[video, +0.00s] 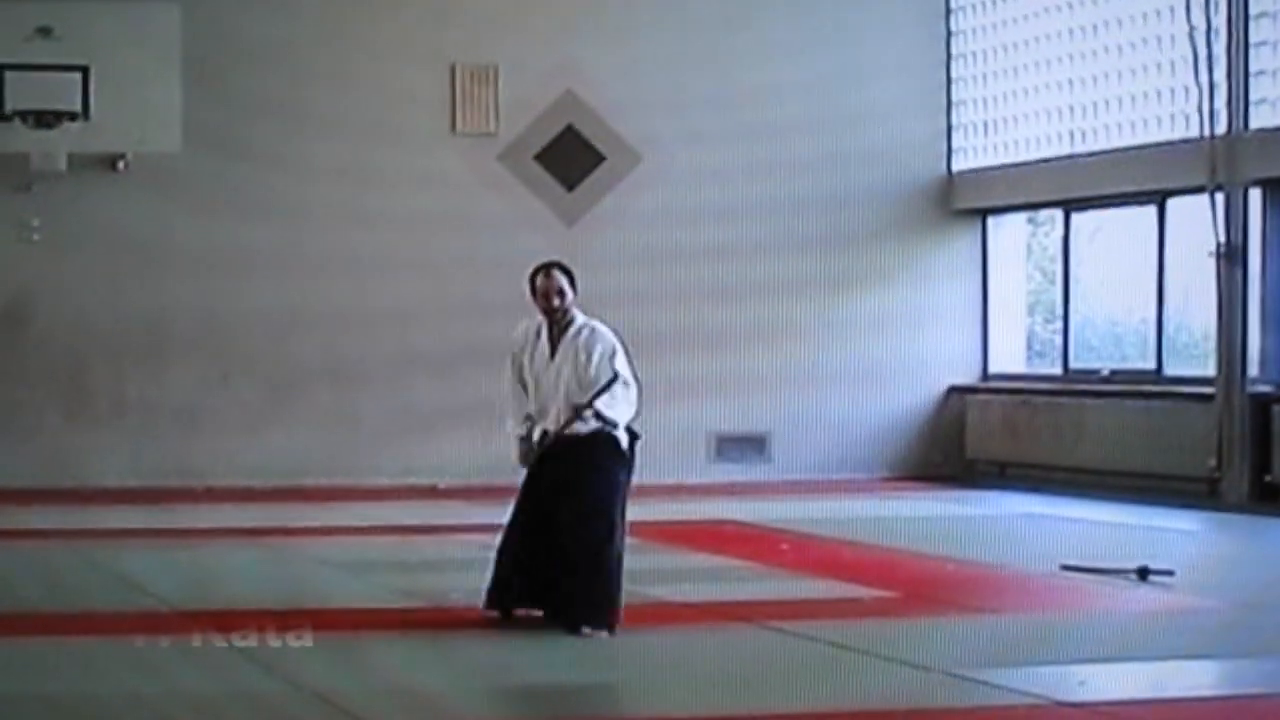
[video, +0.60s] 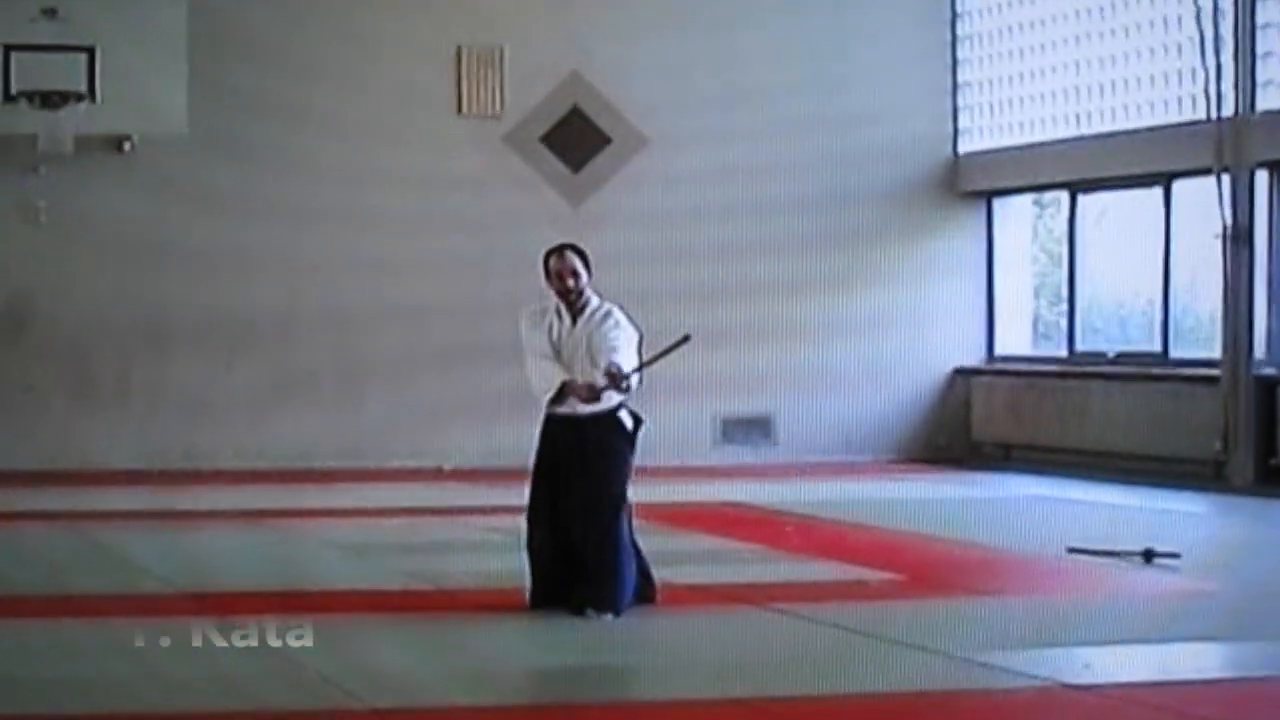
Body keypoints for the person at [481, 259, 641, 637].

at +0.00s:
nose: (553, 302)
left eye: (559, 293)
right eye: (545, 295)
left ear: (572, 294)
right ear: (535, 300)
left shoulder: (596, 337)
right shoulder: (525, 342)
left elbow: (622, 393)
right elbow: (519, 397)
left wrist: (585, 421)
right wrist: (524, 436)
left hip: (597, 442)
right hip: (551, 443)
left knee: (594, 526)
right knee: (533, 520)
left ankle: (596, 615)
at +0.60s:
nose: (568, 283)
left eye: (574, 274)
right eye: (559, 277)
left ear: (587, 276)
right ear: (549, 283)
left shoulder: (611, 321)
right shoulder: (539, 320)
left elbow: (624, 362)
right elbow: (537, 368)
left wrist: (619, 378)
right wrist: (570, 387)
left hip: (605, 423)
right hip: (560, 422)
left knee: (599, 511)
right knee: (548, 507)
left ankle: (604, 598)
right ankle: (553, 596)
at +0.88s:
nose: (543, 256)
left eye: (549, 247)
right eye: (533, 251)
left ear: (564, 249)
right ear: (526, 260)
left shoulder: (589, 292)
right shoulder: (518, 299)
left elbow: (612, 326)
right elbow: (526, 354)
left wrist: (628, 356)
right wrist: (572, 372)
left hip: (592, 398)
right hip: (543, 399)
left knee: (591, 488)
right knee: (512, 489)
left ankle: (602, 580)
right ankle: (542, 576)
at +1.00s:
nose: (522, 247)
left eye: (527, 238)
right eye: (513, 242)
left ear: (542, 242)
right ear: (505, 252)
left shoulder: (571, 288)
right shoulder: (496, 299)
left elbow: (599, 329)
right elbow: (504, 353)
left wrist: (619, 368)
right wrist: (546, 375)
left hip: (579, 394)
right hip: (525, 397)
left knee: (587, 481)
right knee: (492, 473)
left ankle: (599, 572)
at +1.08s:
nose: (510, 247)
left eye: (515, 238)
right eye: (501, 243)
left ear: (530, 241)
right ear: (493, 253)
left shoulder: (560, 288)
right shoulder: (485, 300)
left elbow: (590, 334)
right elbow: (486, 357)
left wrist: (609, 377)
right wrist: (527, 377)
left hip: (570, 396)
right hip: (514, 400)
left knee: (581, 485)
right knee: (481, 473)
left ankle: (596, 573)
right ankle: (452, 551)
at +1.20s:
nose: (483, 246)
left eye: (488, 237)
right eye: (474, 242)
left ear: (503, 239)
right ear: (466, 251)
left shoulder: (533, 289)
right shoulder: (459, 298)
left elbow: (557, 339)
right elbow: (443, 346)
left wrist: (568, 385)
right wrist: (472, 374)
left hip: (537, 396)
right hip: (484, 399)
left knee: (559, 484)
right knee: (445, 474)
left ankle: (589, 570)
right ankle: (430, 563)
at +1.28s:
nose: (470, 243)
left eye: (475, 234)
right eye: (460, 239)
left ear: (490, 236)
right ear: (453, 248)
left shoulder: (520, 286)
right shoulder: (446, 293)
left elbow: (542, 346)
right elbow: (416, 337)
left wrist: (536, 383)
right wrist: (438, 355)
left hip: (521, 397)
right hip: (470, 396)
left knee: (546, 479)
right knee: (431, 468)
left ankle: (578, 563)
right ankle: (427, 557)